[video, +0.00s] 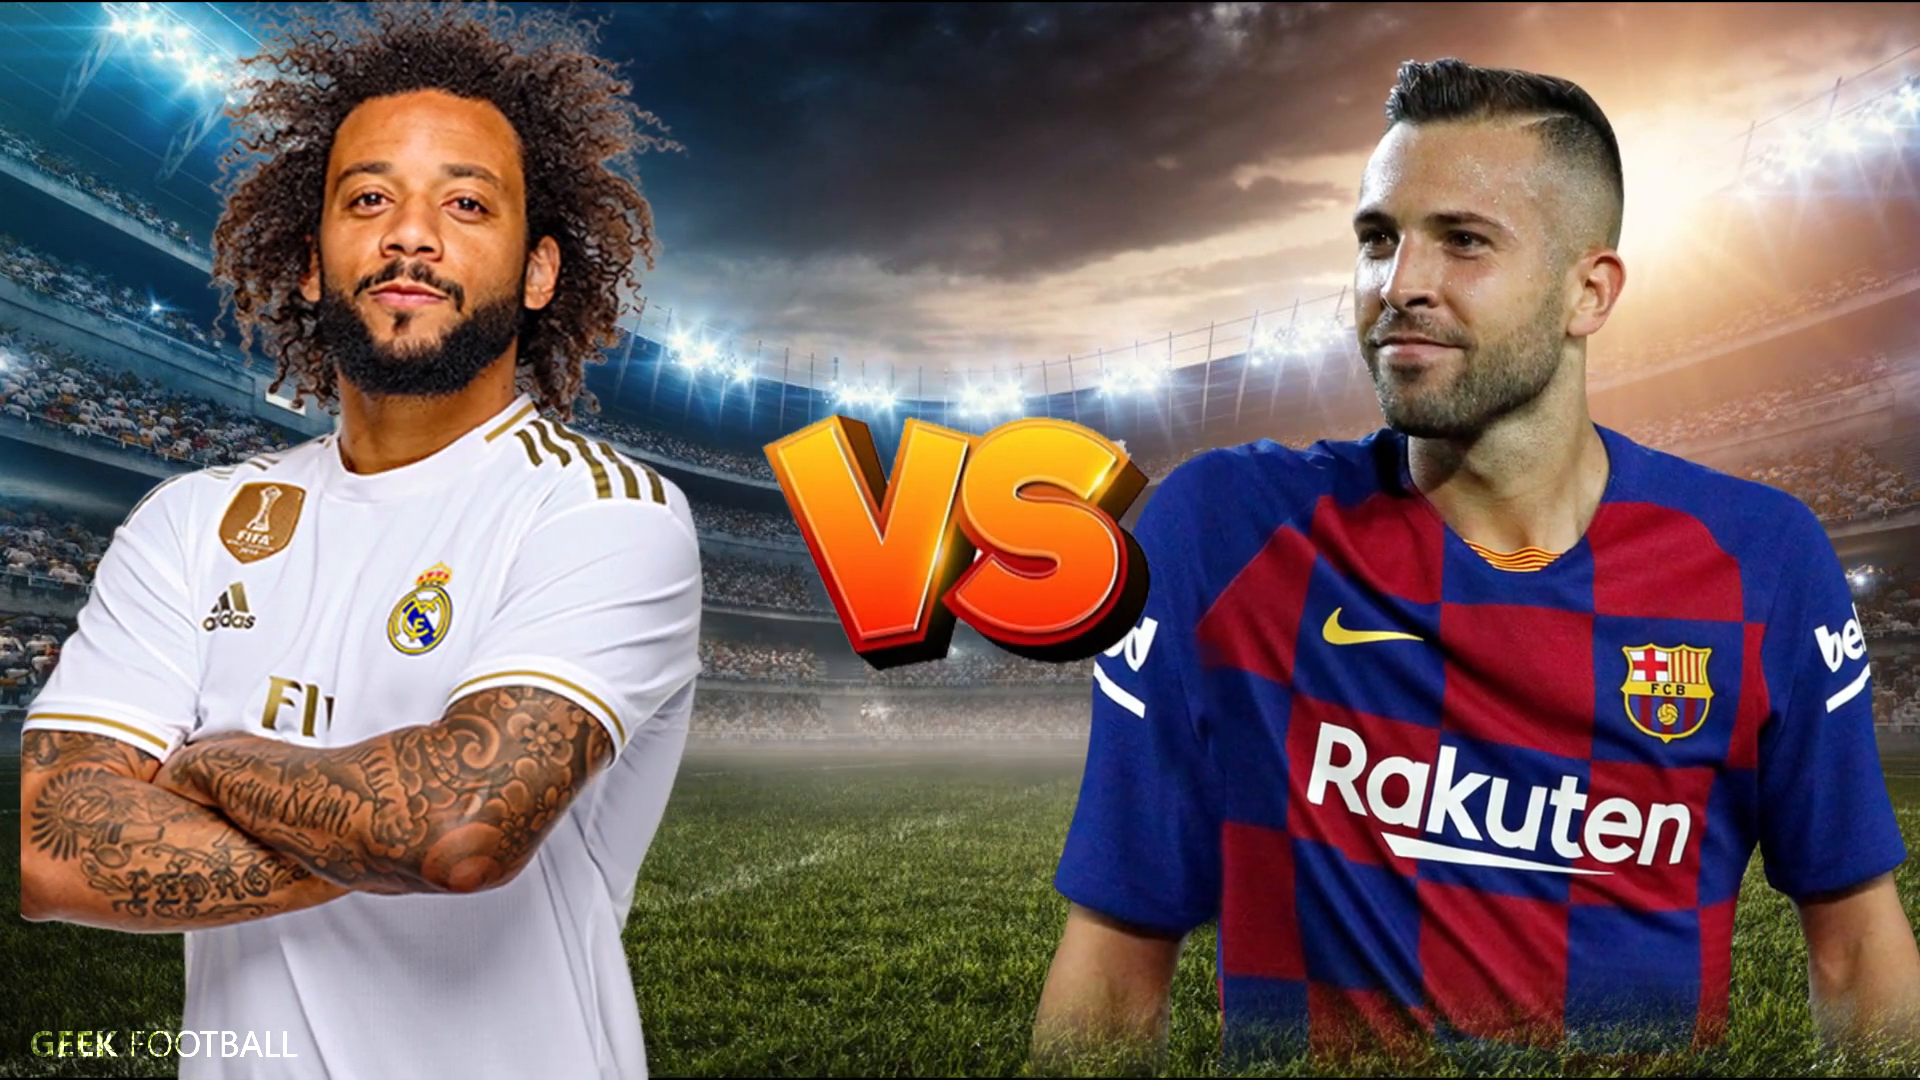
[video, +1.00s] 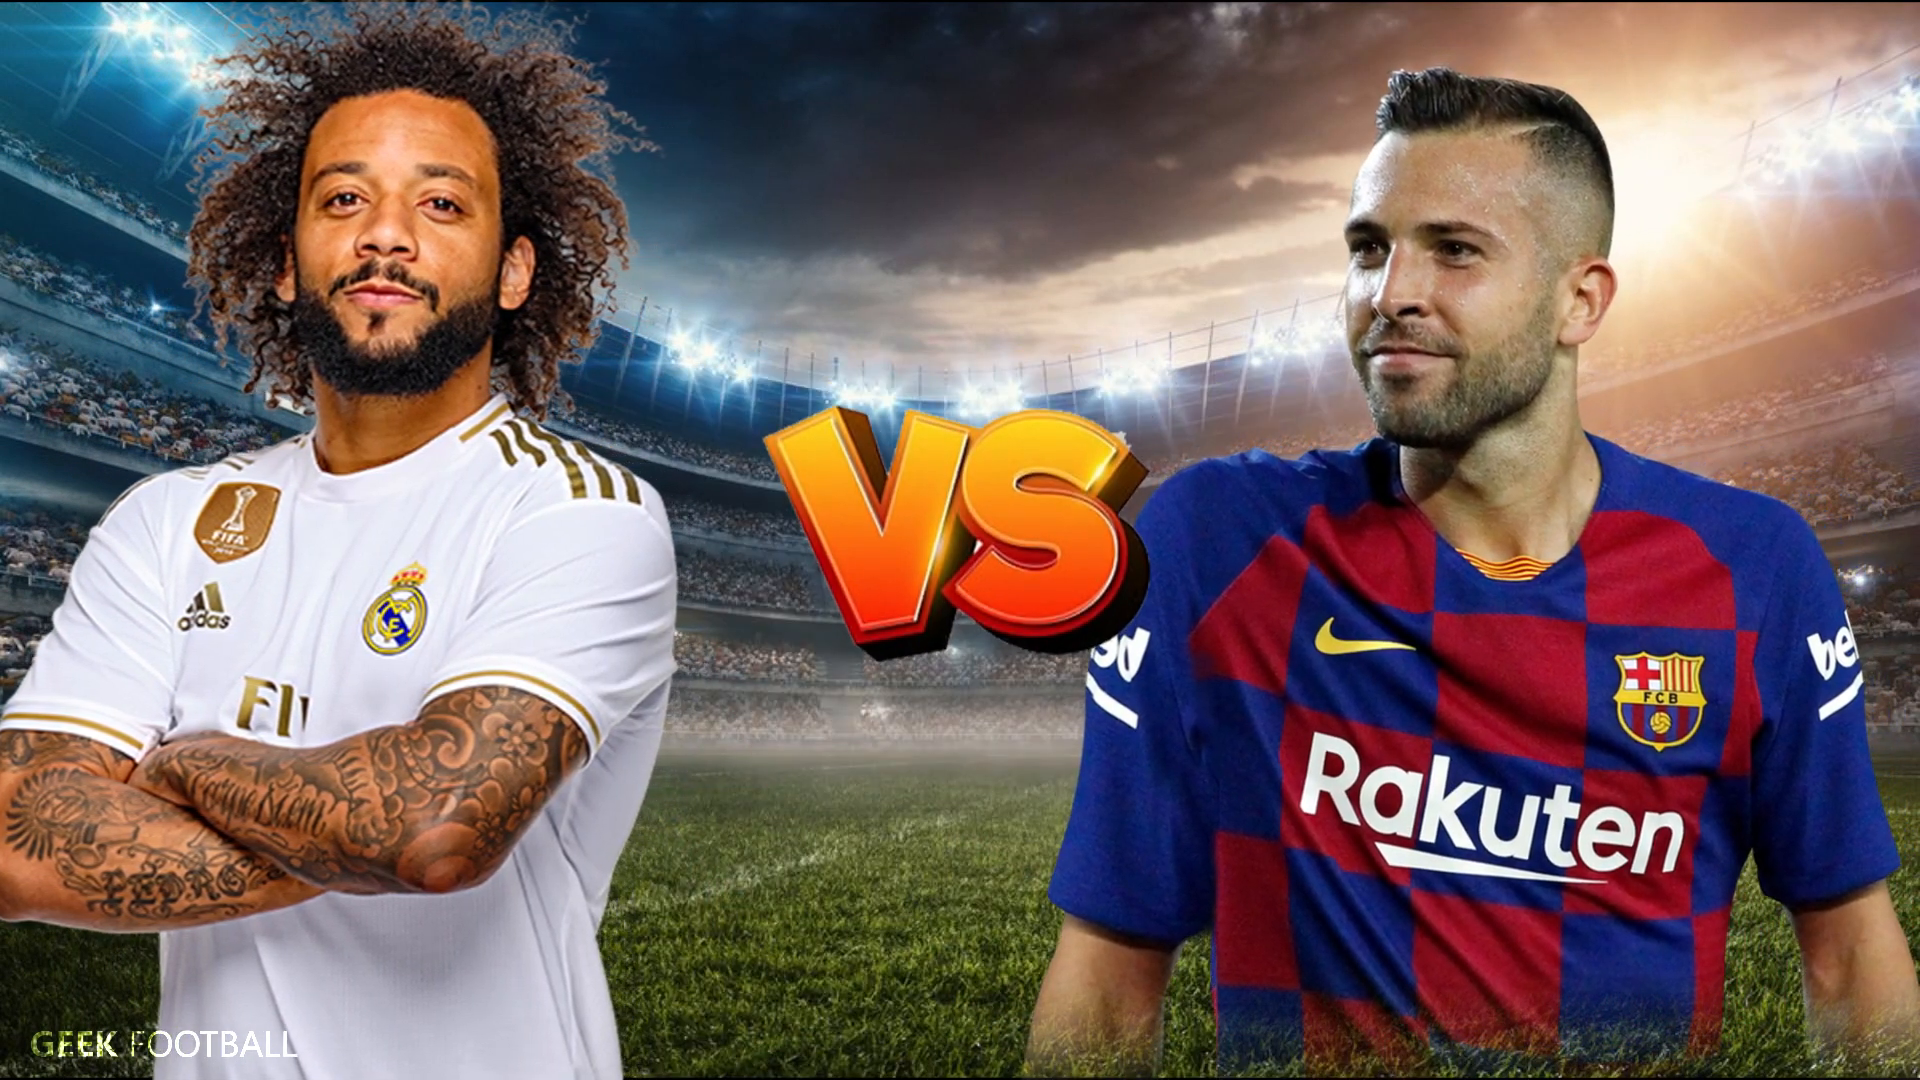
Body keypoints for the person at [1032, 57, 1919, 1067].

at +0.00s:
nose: (1397, 285)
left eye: (1464, 241)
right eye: (1377, 240)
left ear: (1589, 294)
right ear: (1355, 263)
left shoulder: (1764, 564)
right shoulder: (1217, 530)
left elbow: (1857, 938)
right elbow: (1116, 958)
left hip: (1638, 1052)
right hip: (1306, 1050)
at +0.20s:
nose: (1396, 287)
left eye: (1462, 243)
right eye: (1376, 241)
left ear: (1587, 296)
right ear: (1352, 266)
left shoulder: (1763, 566)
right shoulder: (1212, 533)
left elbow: (1856, 943)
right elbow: (1115, 960)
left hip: (1634, 1053)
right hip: (1302, 1052)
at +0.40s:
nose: (1394, 289)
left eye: (1460, 244)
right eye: (1374, 243)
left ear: (1585, 298)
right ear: (1350, 268)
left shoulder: (1761, 567)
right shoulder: (1210, 536)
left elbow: (1856, 945)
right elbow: (1112, 965)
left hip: (1635, 1051)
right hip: (1302, 1049)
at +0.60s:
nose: (1391, 291)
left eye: (1458, 246)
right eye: (1371, 245)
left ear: (1583, 300)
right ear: (1348, 269)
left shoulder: (1759, 567)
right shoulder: (1210, 538)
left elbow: (1854, 945)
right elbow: (1112, 963)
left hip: (1630, 1053)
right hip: (1301, 1052)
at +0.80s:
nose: (1389, 292)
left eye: (1456, 247)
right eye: (1369, 246)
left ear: (1582, 301)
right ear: (1346, 270)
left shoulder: (1758, 570)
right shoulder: (1207, 541)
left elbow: (1854, 950)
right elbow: (1110, 972)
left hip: (1629, 1054)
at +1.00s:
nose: (1388, 294)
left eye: (1454, 250)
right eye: (1368, 249)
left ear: (1580, 303)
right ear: (1345, 272)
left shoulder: (1757, 572)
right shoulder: (1206, 543)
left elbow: (1853, 954)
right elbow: (1108, 974)